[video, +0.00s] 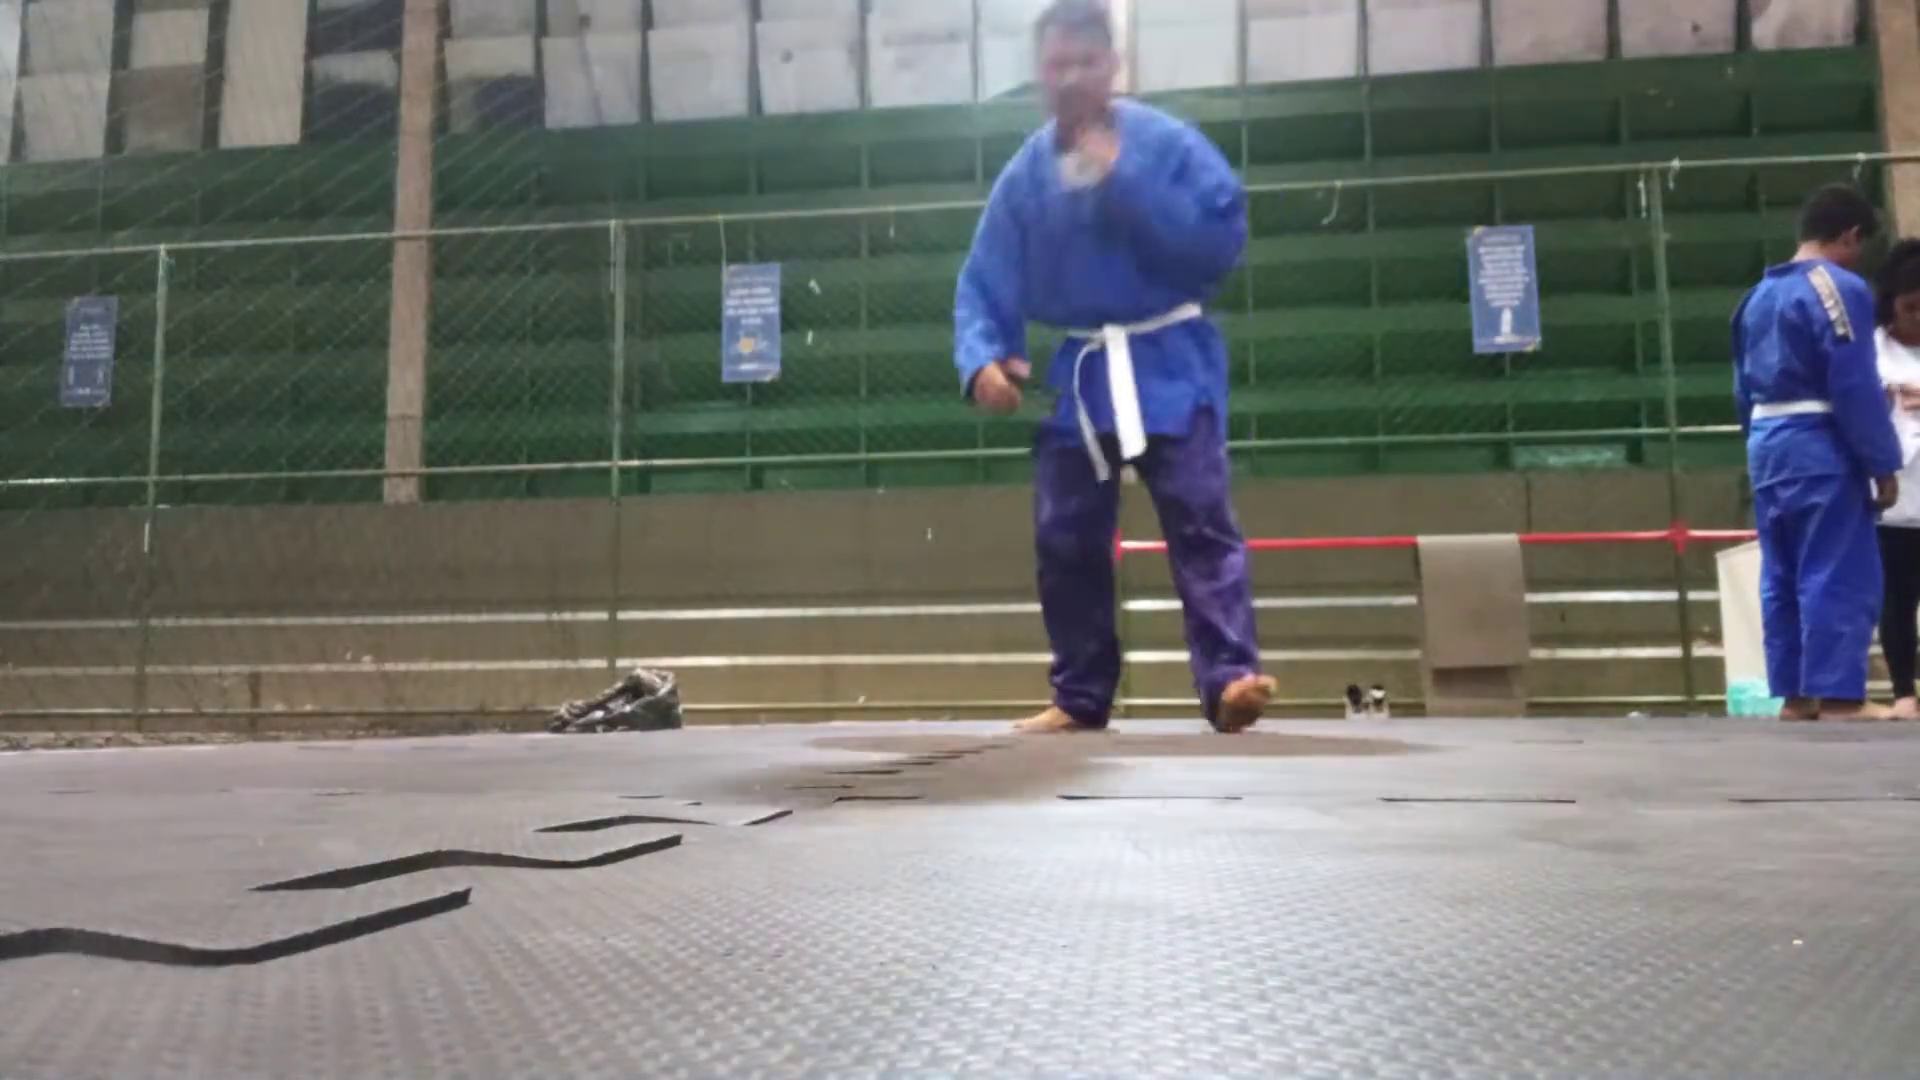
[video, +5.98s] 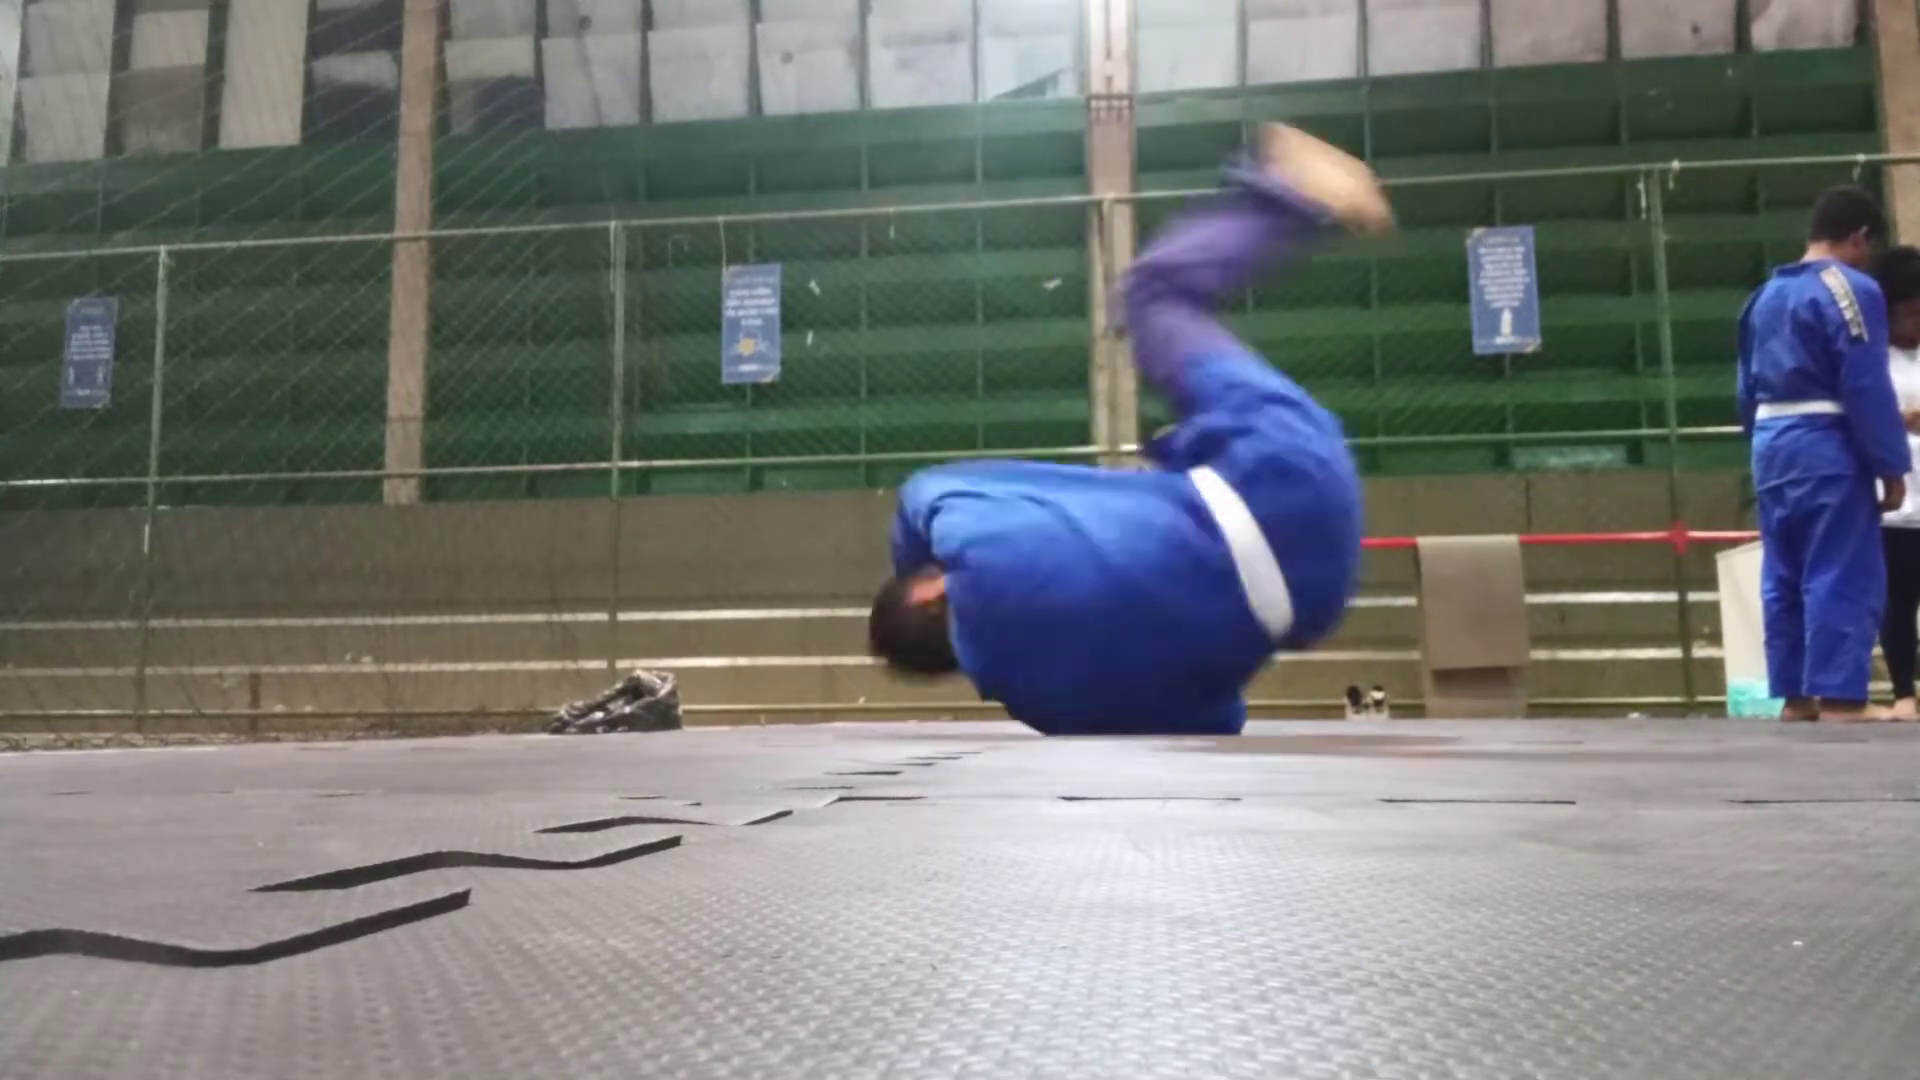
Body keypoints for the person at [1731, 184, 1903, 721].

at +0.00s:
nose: (1860, 254)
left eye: (1862, 244)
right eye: (1861, 243)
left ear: (1805, 232)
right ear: (1847, 235)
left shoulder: (1758, 295)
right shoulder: (1838, 288)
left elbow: (1745, 392)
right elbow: (1854, 389)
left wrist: (1766, 444)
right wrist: (1885, 465)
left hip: (1765, 440)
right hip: (1818, 439)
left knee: (1784, 572)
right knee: (1838, 569)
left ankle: (1795, 696)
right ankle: (1838, 698)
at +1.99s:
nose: (1851, 252)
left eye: (1853, 243)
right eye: (1853, 242)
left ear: (1796, 232)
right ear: (1842, 235)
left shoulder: (1752, 296)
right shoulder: (1835, 289)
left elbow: (1739, 392)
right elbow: (1854, 387)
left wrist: (1760, 444)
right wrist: (1885, 464)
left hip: (1761, 441)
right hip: (1816, 439)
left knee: (1781, 574)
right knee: (1840, 569)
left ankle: (1793, 697)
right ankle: (1839, 698)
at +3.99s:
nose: (1857, 253)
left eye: (1860, 243)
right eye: (1857, 242)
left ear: (1800, 232)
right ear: (1842, 234)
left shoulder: (1755, 296)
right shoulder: (1836, 290)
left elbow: (1740, 392)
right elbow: (1852, 389)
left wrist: (1761, 444)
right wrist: (1883, 466)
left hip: (1762, 439)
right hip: (1816, 437)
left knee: (1781, 572)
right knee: (1839, 568)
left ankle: (1793, 696)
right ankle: (1838, 698)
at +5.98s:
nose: (1870, 253)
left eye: (1871, 244)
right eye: (1870, 243)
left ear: (1814, 233)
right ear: (1857, 236)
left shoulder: (1766, 294)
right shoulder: (1852, 290)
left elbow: (1748, 390)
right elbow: (1866, 387)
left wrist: (1766, 442)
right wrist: (1892, 467)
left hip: (1769, 439)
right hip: (1826, 439)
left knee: (1785, 574)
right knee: (1842, 571)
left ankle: (1796, 696)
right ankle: (1840, 698)